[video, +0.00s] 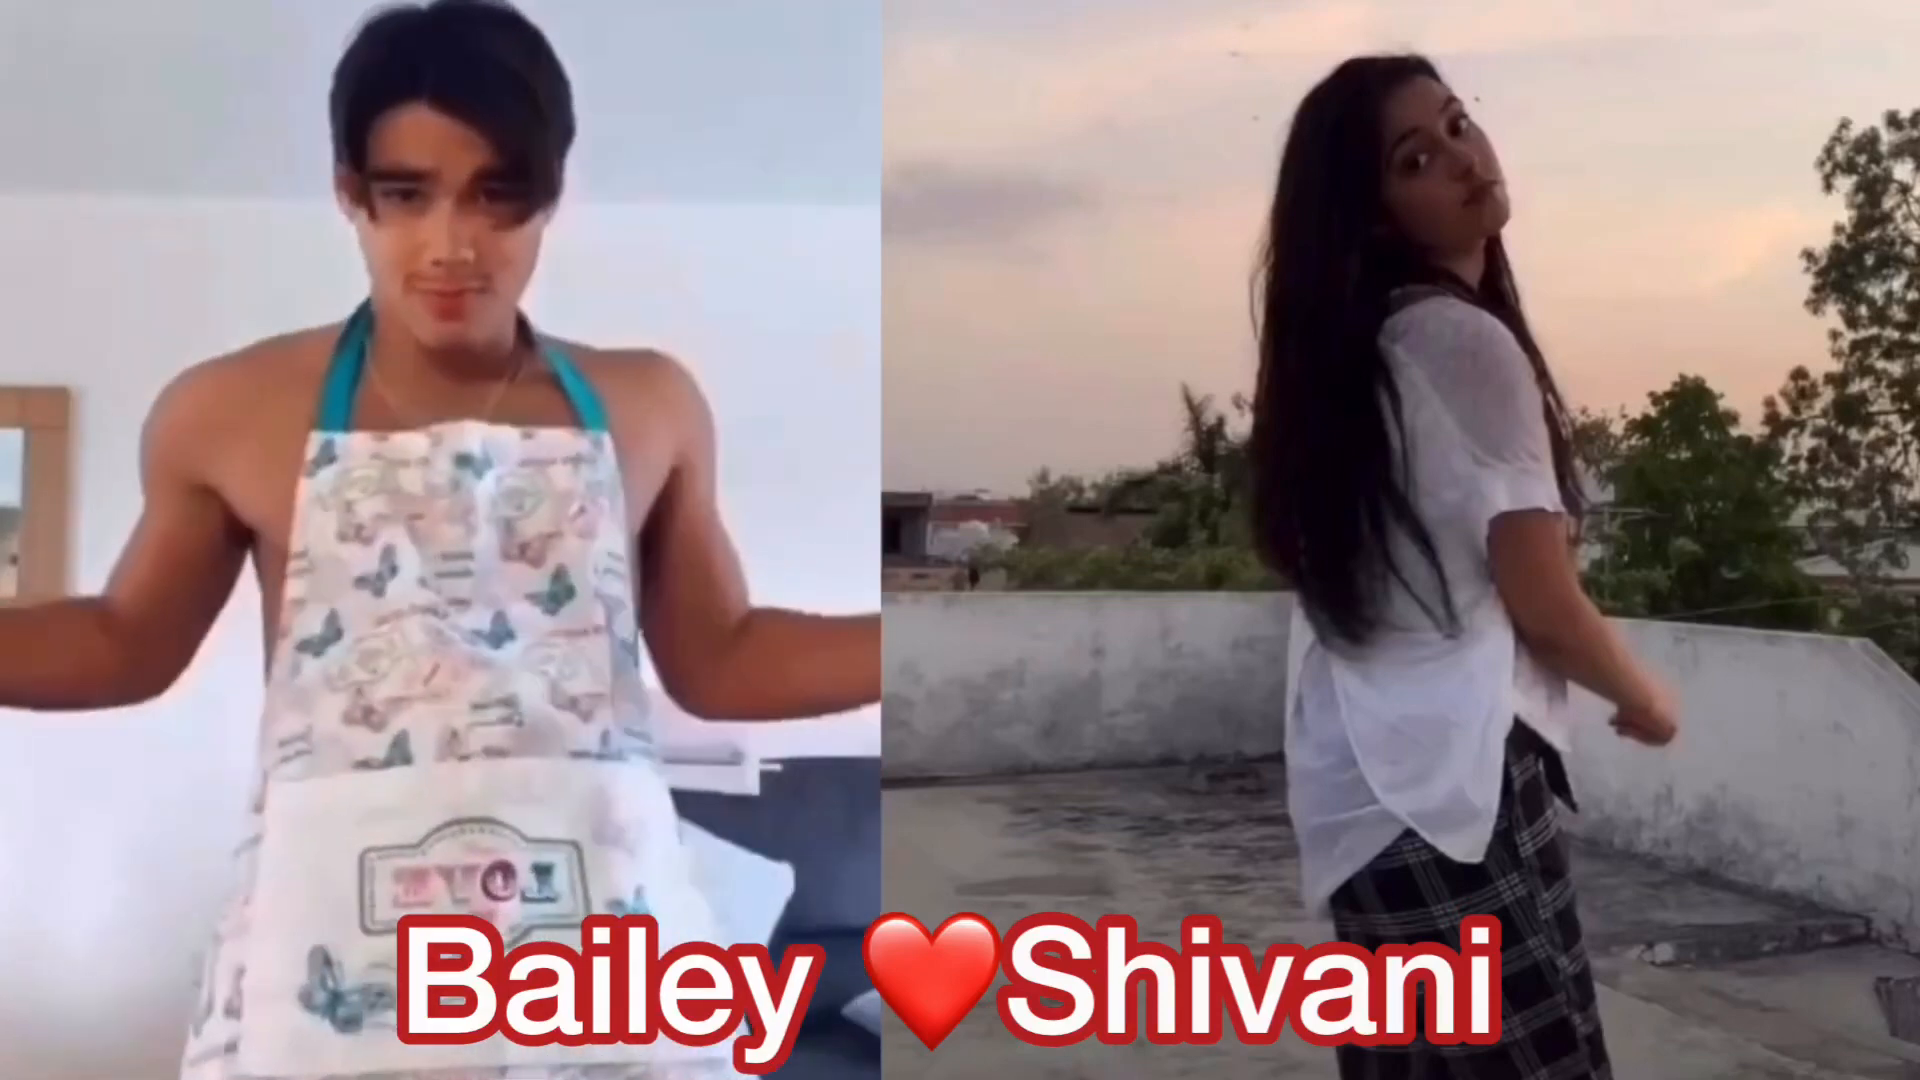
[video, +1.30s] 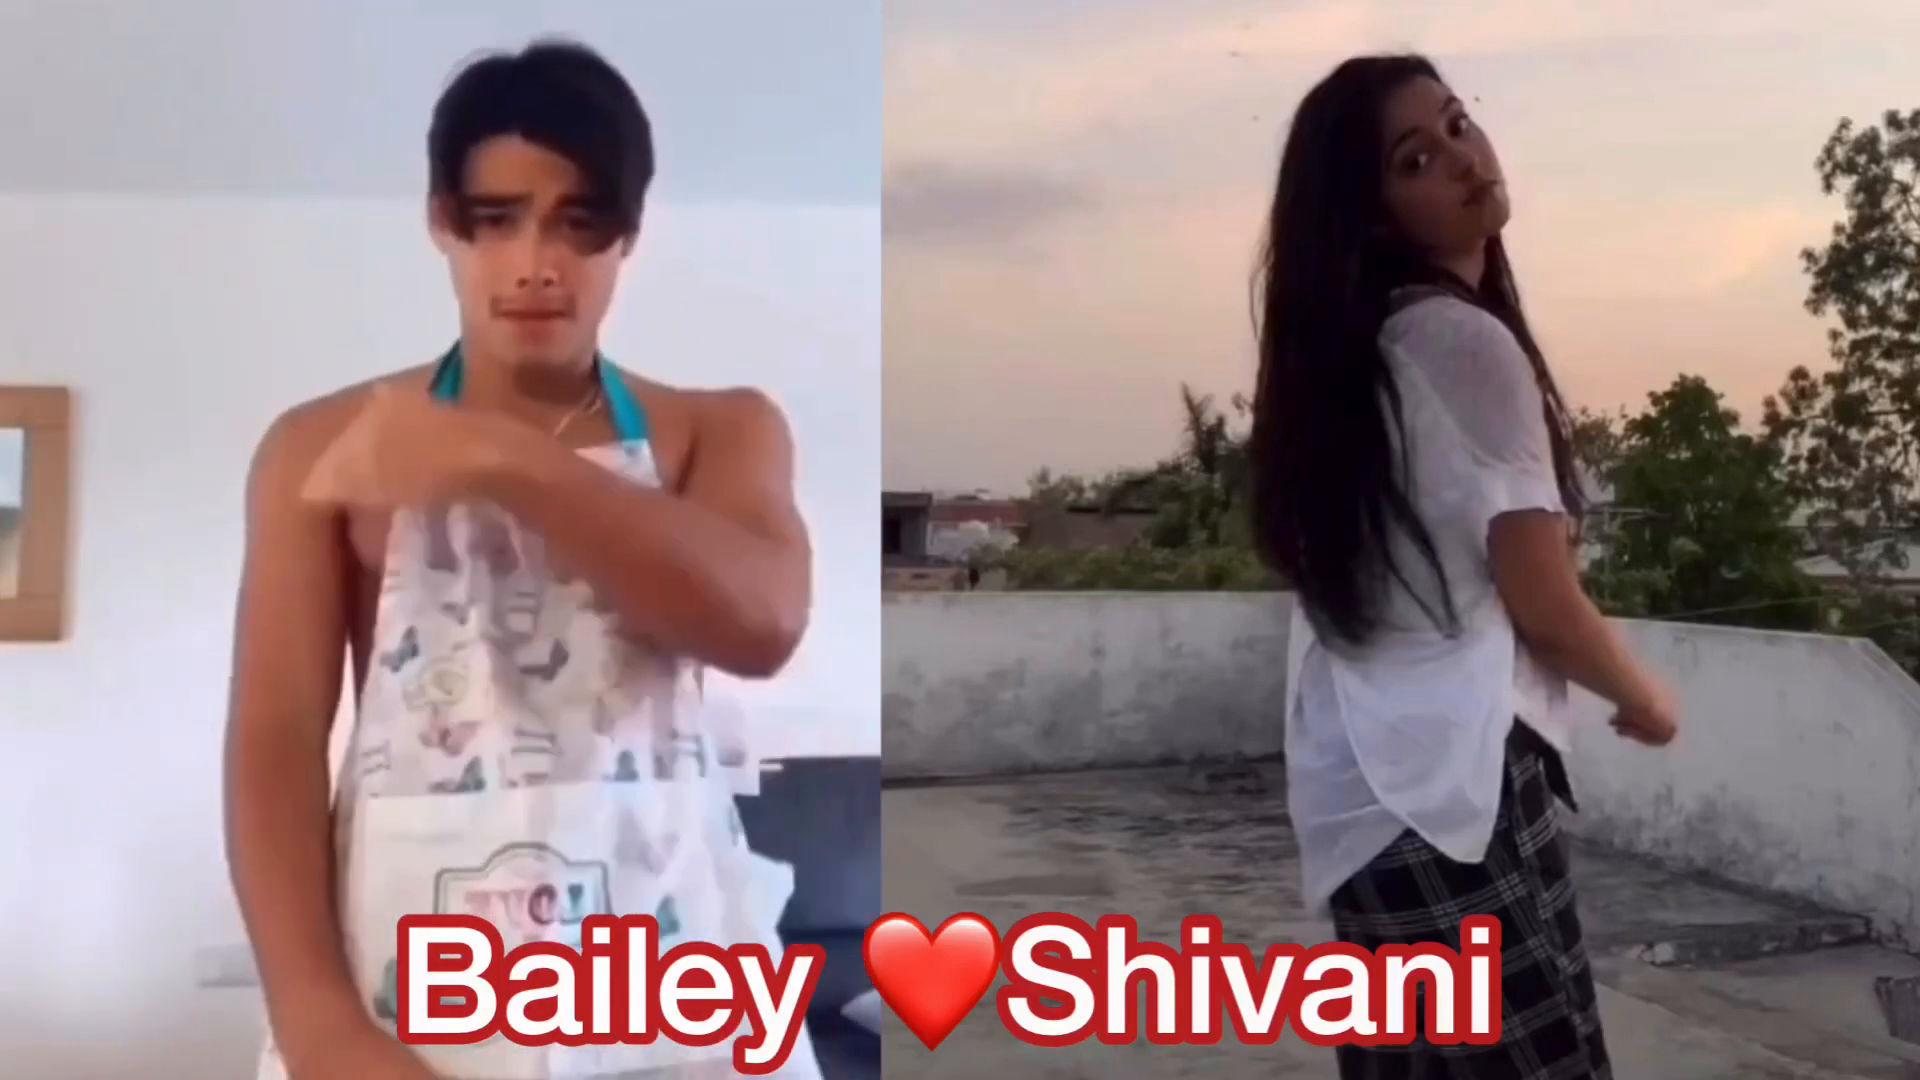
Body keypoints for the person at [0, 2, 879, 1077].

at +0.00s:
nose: (450, 247)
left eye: (498, 198)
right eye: (404, 196)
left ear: (553, 201)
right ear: (351, 199)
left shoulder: (648, 407)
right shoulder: (230, 417)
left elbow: (719, 661)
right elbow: (126, 643)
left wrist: (967, 639)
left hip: (606, 937)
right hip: (333, 948)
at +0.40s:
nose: (497, 219)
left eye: (542, 169)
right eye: (454, 170)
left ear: (604, 177)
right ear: (404, 187)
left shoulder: (731, 388)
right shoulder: (305, 444)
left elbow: (855, 664)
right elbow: (180, 721)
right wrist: (28, 855)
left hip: (667, 935)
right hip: (402, 946)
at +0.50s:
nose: (546, 214)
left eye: (594, 164)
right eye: (502, 168)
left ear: (652, 173)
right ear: (451, 178)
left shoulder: (771, 387)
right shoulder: (354, 436)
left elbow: (888, 693)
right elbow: (242, 713)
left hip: (701, 933)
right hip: (439, 945)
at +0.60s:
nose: (577, 209)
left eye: (623, 159)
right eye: (531, 163)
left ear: (679, 170)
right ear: (481, 172)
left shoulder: (790, 386)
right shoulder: (377, 420)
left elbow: (851, 689)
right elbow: (285, 715)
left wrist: (867, 937)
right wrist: (268, 968)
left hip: (715, 918)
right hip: (451, 923)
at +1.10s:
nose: (517, 272)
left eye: (561, 231)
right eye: (477, 227)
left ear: (606, 249)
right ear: (421, 237)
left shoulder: (699, 461)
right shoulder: (297, 467)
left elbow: (811, 712)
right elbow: (255, 761)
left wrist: (736, 866)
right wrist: (294, 1038)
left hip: (630, 1002)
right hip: (375, 1002)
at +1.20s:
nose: (523, 279)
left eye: (567, 237)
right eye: (482, 234)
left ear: (615, 252)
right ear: (429, 242)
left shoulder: (712, 460)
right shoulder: (310, 472)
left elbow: (800, 686)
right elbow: (265, 768)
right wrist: (311, 1040)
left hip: (659, 1014)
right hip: (394, 1013)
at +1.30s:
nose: (536, 264)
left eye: (579, 221)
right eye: (494, 220)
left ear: (630, 235)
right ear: (444, 230)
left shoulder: (727, 434)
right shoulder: (324, 449)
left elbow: (761, 623)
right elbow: (276, 747)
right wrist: (320, 1025)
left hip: (683, 1007)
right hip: (415, 1008)